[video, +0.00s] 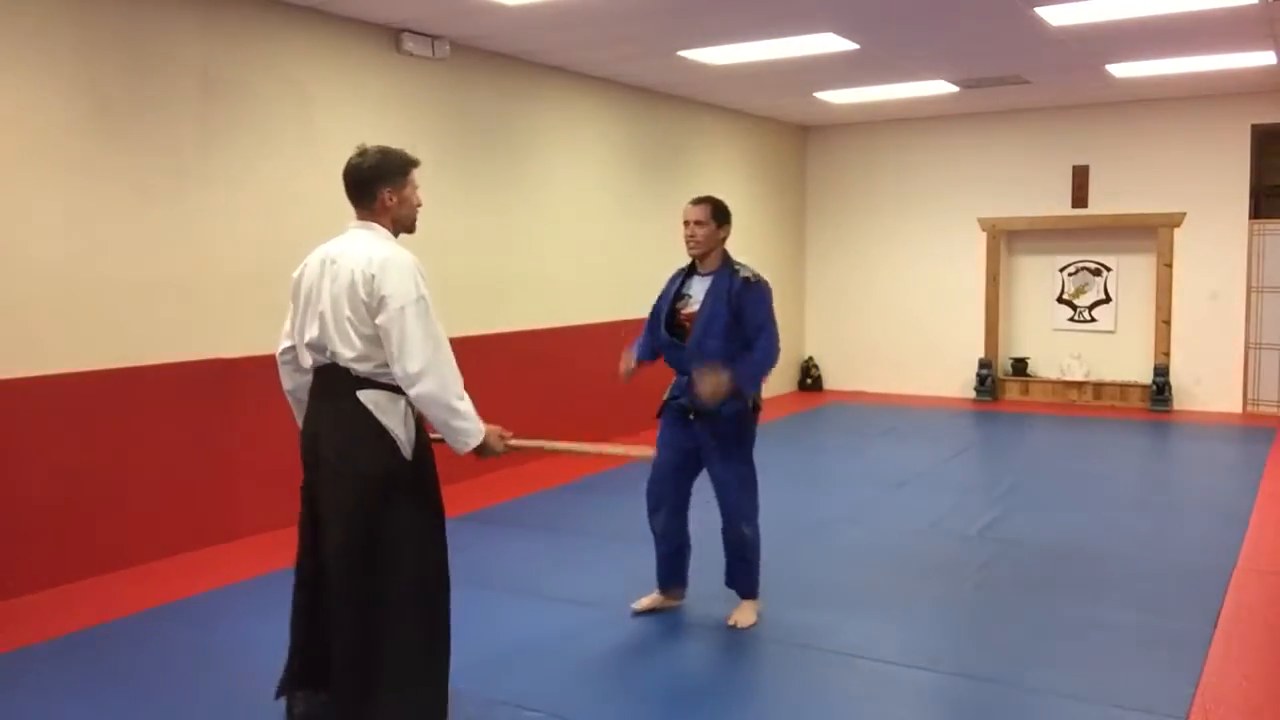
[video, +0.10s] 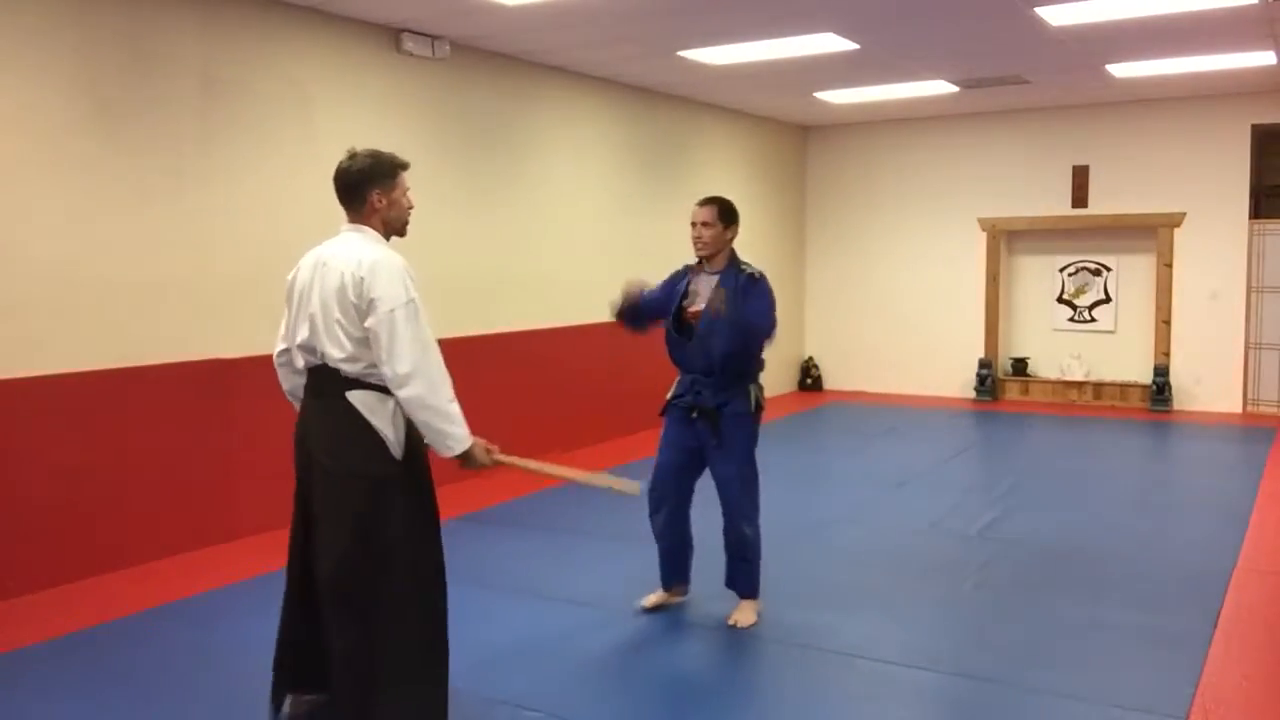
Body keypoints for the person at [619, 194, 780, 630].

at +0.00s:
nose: (690, 233)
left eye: (699, 225)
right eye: (686, 225)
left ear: (723, 231)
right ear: (682, 230)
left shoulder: (748, 286)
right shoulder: (678, 282)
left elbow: (766, 348)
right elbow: (657, 333)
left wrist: (733, 379)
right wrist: (637, 351)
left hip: (729, 416)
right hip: (681, 411)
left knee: (738, 509)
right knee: (663, 497)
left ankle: (748, 597)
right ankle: (671, 589)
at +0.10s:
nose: (698, 234)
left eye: (707, 226)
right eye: (694, 226)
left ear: (730, 232)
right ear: (691, 231)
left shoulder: (751, 284)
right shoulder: (682, 281)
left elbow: (757, 331)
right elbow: (646, 312)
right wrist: (630, 306)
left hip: (733, 407)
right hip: (687, 403)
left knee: (739, 505)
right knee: (664, 494)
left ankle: (747, 597)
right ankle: (674, 586)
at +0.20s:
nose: (699, 232)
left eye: (706, 225)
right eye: (697, 225)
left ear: (730, 230)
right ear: (696, 229)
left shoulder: (749, 277)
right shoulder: (682, 274)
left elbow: (755, 287)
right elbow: (630, 276)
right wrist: (615, 251)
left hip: (735, 403)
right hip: (688, 400)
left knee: (739, 502)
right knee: (670, 493)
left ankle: (747, 597)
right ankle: (679, 582)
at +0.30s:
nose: (699, 232)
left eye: (707, 226)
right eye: (696, 225)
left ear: (726, 232)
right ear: (690, 231)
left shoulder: (742, 276)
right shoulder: (680, 272)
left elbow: (740, 250)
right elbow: (635, 250)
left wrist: (718, 197)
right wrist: (613, 215)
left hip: (733, 402)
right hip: (687, 400)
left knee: (740, 504)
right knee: (677, 492)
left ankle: (747, 597)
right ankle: (683, 583)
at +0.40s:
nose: (694, 231)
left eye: (703, 225)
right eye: (691, 224)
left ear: (720, 230)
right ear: (687, 231)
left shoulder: (740, 276)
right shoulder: (675, 273)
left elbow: (735, 262)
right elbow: (631, 259)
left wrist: (715, 202)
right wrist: (623, 210)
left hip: (733, 401)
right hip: (687, 401)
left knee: (744, 500)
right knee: (679, 492)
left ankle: (750, 593)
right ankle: (685, 583)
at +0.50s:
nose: (692, 233)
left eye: (702, 227)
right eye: (689, 226)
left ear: (723, 234)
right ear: (685, 234)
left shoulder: (744, 278)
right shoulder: (675, 278)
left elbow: (736, 300)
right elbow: (629, 291)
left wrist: (717, 253)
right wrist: (640, 250)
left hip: (733, 405)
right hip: (686, 406)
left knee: (748, 487)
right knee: (677, 491)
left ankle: (752, 576)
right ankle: (685, 583)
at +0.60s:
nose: (693, 237)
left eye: (702, 231)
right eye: (690, 230)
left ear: (725, 236)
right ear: (686, 235)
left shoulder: (746, 286)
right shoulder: (676, 282)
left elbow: (740, 339)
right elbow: (637, 324)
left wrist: (723, 284)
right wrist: (658, 286)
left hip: (735, 408)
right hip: (687, 408)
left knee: (749, 488)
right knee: (676, 492)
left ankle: (756, 560)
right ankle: (686, 583)